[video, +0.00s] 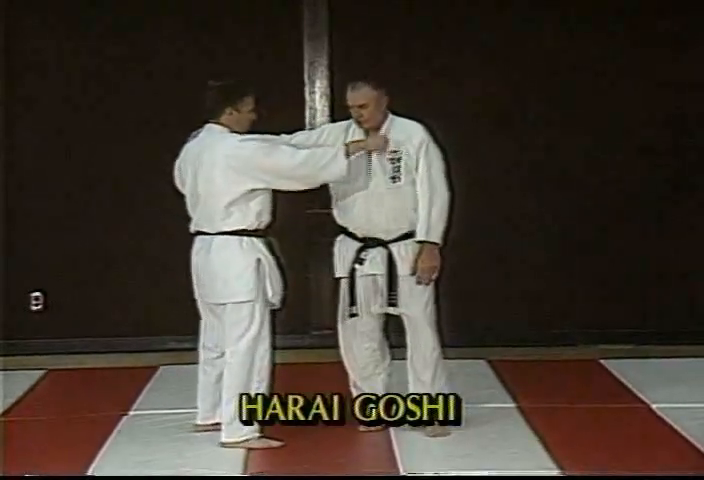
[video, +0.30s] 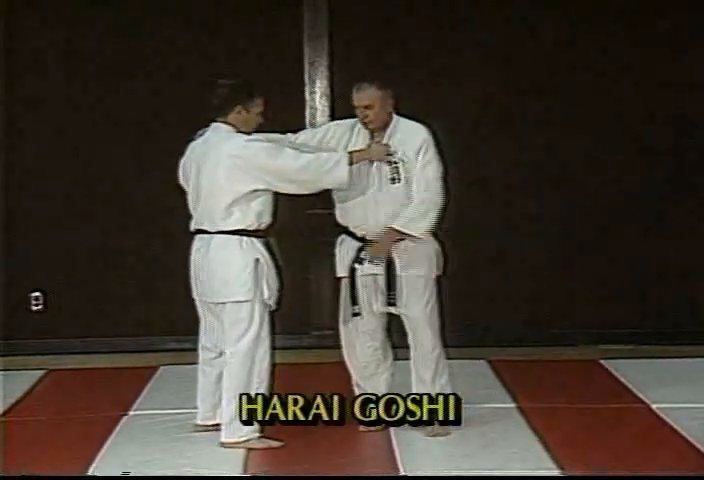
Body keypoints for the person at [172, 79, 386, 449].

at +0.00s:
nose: (254, 116)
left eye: (253, 110)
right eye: (250, 110)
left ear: (221, 112)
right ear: (230, 111)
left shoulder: (194, 146)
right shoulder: (240, 149)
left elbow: (181, 180)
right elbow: (295, 162)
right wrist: (353, 149)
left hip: (204, 250)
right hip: (238, 252)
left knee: (213, 340)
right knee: (246, 343)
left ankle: (209, 413)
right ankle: (239, 430)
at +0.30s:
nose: (261, 117)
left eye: (261, 111)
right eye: (258, 110)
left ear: (228, 111)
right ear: (239, 110)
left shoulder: (198, 147)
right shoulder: (245, 150)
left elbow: (184, 178)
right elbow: (300, 165)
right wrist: (363, 155)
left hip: (204, 249)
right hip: (239, 253)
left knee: (212, 342)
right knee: (245, 345)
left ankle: (209, 414)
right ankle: (239, 431)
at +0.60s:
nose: (272, 121)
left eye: (273, 114)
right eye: (269, 114)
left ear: (234, 113)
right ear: (252, 111)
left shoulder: (203, 146)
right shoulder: (253, 150)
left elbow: (192, 173)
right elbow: (305, 172)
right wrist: (365, 158)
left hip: (204, 248)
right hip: (238, 252)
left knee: (213, 341)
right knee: (247, 343)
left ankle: (211, 413)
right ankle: (240, 428)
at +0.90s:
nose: (281, 127)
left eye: (282, 121)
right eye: (279, 120)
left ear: (245, 114)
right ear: (262, 114)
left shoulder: (211, 142)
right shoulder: (257, 151)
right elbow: (310, 167)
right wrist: (365, 155)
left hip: (201, 248)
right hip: (233, 253)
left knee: (213, 342)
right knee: (246, 343)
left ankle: (211, 412)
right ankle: (243, 429)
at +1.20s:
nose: (296, 136)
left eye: (299, 130)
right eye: (295, 129)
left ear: (268, 117)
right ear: (280, 119)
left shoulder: (227, 140)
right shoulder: (269, 150)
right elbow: (324, 167)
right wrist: (378, 157)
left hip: (203, 245)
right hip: (235, 251)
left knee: (215, 340)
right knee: (248, 342)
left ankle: (214, 411)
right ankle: (251, 428)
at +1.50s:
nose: (305, 136)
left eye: (309, 130)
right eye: (305, 128)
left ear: (276, 117)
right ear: (291, 119)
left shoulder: (237, 140)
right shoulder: (278, 153)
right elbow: (330, 178)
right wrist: (385, 168)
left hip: (210, 246)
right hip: (240, 252)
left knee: (224, 340)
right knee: (254, 341)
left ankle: (222, 410)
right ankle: (258, 427)